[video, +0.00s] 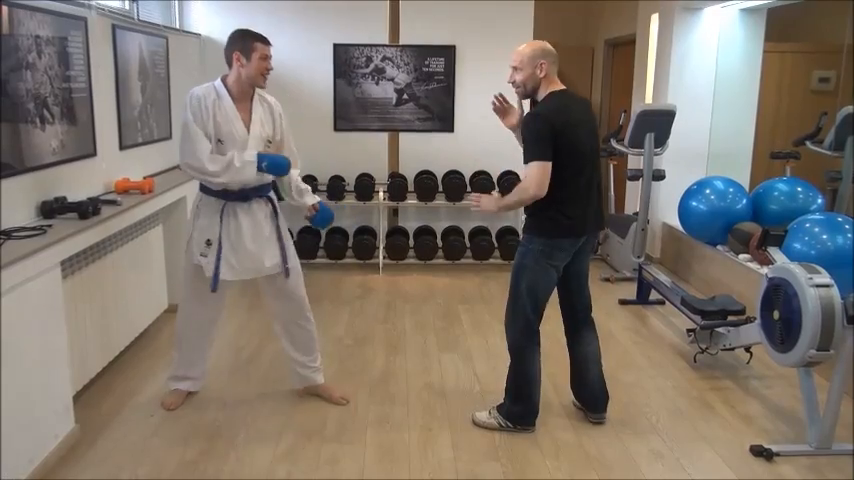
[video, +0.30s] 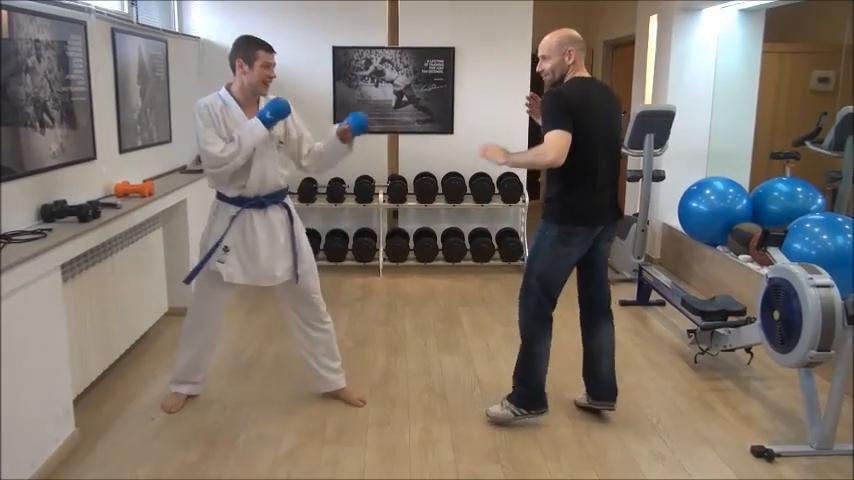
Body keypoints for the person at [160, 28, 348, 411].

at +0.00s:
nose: (270, 67)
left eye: (270, 60)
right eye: (263, 59)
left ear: (252, 63)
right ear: (237, 59)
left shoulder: (270, 108)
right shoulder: (202, 99)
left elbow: (285, 168)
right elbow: (194, 161)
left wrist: (309, 202)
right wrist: (257, 165)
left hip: (262, 211)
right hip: (215, 211)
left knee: (293, 295)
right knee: (200, 300)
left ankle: (311, 378)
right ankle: (184, 381)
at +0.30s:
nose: (272, 75)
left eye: (274, 68)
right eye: (266, 68)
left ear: (269, 71)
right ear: (240, 67)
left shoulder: (279, 109)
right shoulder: (210, 108)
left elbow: (310, 160)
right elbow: (216, 163)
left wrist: (341, 138)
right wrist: (261, 124)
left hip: (279, 215)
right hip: (230, 216)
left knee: (309, 300)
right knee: (206, 303)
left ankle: (332, 380)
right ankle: (184, 384)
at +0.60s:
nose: (287, 88)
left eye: (290, 82)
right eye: (283, 80)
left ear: (269, 79)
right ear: (258, 74)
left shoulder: (286, 114)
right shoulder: (220, 108)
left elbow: (307, 174)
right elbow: (230, 163)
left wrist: (327, 152)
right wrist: (272, 123)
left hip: (282, 218)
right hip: (234, 219)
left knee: (324, 297)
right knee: (210, 304)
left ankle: (333, 380)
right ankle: (188, 386)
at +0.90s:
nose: (282, 94)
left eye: (284, 88)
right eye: (277, 86)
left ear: (262, 85)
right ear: (253, 81)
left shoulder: (281, 120)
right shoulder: (215, 117)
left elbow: (300, 176)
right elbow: (225, 174)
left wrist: (325, 157)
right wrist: (263, 132)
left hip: (281, 224)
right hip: (233, 227)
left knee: (325, 301)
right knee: (203, 315)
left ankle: (336, 385)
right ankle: (182, 392)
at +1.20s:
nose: (267, 92)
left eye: (270, 85)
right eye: (262, 83)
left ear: (264, 84)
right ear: (238, 79)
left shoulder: (270, 119)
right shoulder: (205, 119)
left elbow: (295, 172)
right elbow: (229, 173)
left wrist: (320, 176)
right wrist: (265, 133)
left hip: (279, 221)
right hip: (231, 226)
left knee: (317, 302)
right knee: (205, 311)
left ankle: (331, 385)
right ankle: (182, 392)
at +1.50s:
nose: (230, 93)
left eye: (234, 86)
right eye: (222, 85)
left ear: (237, 87)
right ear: (199, 85)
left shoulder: (253, 117)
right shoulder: (186, 133)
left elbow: (287, 155)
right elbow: (214, 183)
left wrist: (308, 178)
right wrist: (240, 138)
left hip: (275, 220)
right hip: (226, 228)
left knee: (318, 298)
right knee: (198, 317)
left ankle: (331, 382)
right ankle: (176, 387)